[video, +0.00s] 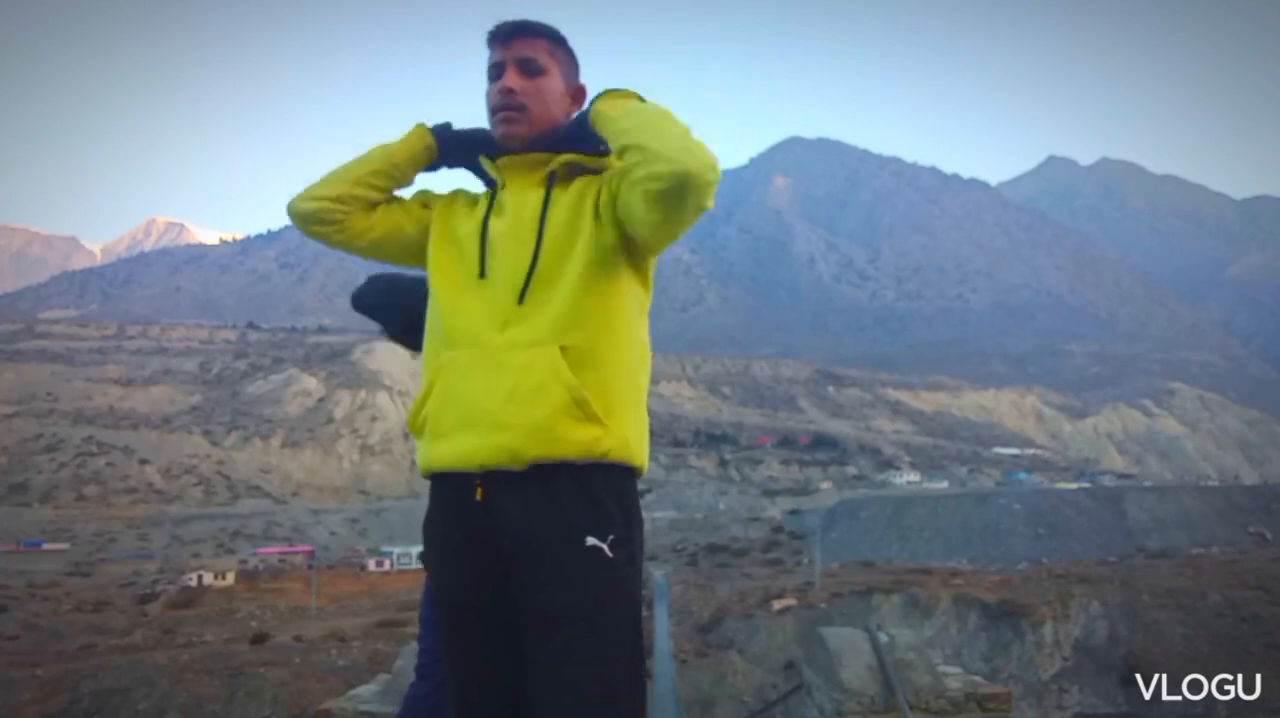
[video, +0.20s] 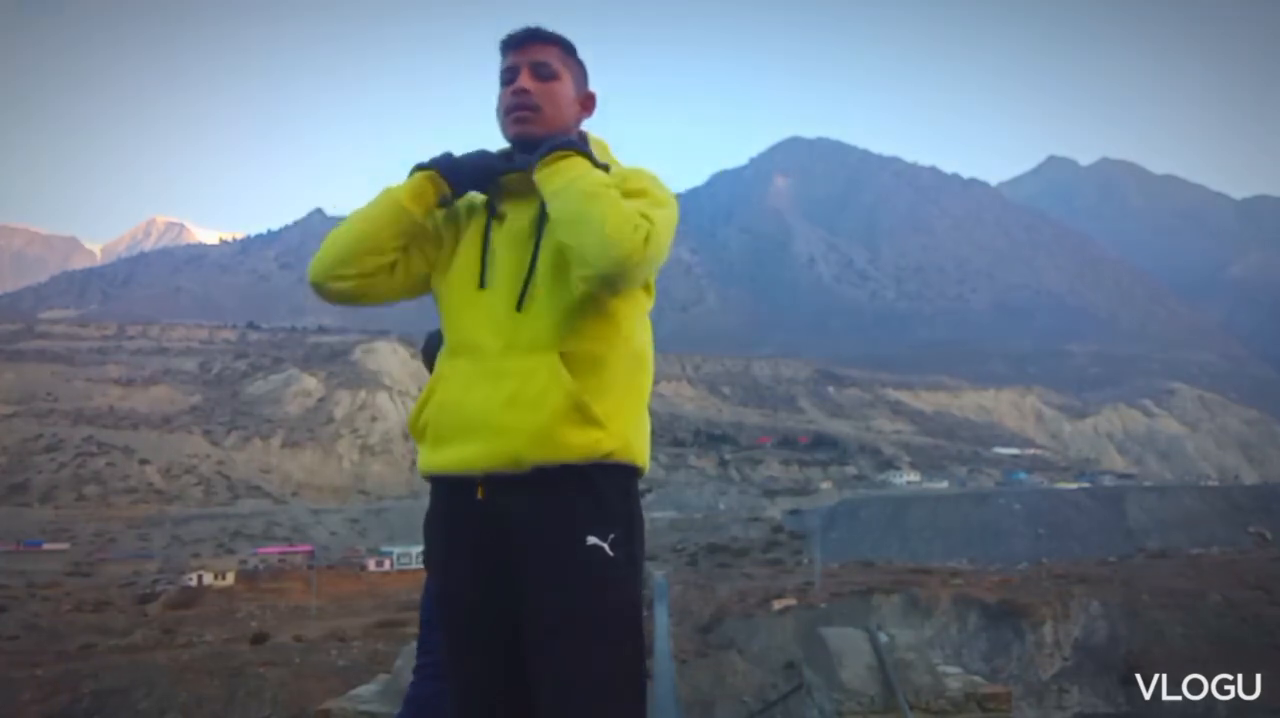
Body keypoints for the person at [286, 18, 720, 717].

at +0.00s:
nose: (507, 84)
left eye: (530, 69)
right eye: (496, 73)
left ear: (574, 97)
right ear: (486, 97)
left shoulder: (608, 194)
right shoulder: (450, 216)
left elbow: (688, 173)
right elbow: (319, 211)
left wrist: (611, 106)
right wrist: (428, 143)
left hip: (577, 500)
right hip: (460, 502)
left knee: (586, 700)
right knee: (469, 697)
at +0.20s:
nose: (520, 85)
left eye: (543, 74)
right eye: (509, 77)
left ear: (584, 100)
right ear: (496, 103)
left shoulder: (631, 190)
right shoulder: (460, 218)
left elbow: (610, 259)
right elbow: (335, 273)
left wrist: (557, 156)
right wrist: (435, 182)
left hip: (578, 497)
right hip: (462, 498)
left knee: (585, 695)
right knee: (452, 693)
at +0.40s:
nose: (519, 89)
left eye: (541, 76)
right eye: (507, 80)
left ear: (581, 102)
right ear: (493, 106)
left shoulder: (616, 187)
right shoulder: (456, 222)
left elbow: (656, 267)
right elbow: (326, 307)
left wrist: (569, 157)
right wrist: (404, 197)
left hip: (577, 502)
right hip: (462, 505)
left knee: (587, 699)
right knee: (451, 697)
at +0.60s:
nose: (507, 92)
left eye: (527, 75)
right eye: (492, 81)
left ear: (569, 92)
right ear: (480, 103)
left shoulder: (623, 187)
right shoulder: (445, 222)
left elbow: (767, 288)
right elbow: (357, 330)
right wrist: (257, 277)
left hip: (579, 494)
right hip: (458, 501)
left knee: (586, 698)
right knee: (461, 697)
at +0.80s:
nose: (487, 81)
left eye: (508, 63)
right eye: (472, 68)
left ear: (551, 76)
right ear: (458, 86)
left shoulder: (615, 169)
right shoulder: (446, 201)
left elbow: (723, 263)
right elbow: (456, 317)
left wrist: (803, 242)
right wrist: (351, 297)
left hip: (568, 474)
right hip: (456, 480)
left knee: (582, 694)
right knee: (467, 689)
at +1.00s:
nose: (506, 104)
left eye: (526, 85)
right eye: (491, 90)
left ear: (568, 93)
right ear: (478, 103)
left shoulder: (619, 183)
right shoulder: (451, 225)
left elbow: (761, 296)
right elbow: (368, 344)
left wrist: (724, 236)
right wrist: (261, 314)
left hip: (577, 486)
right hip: (462, 495)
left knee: (583, 697)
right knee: (476, 694)